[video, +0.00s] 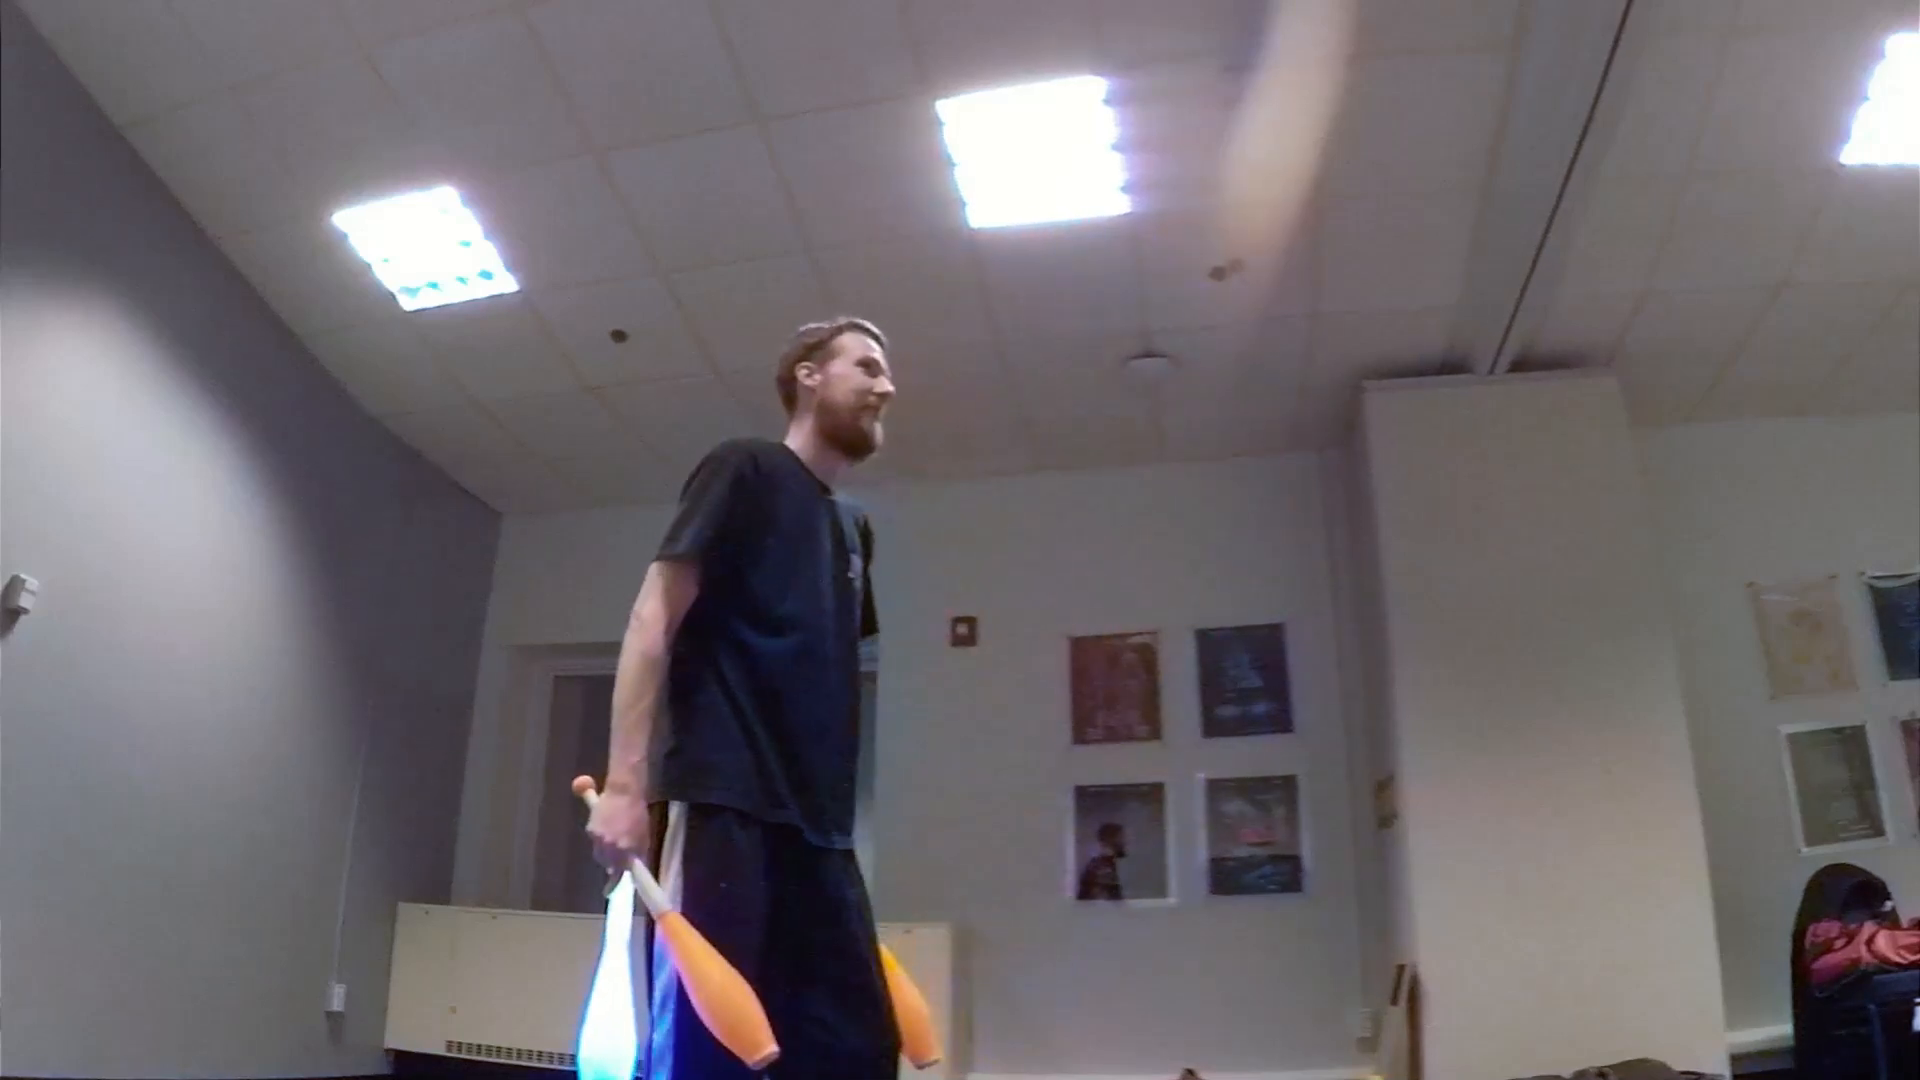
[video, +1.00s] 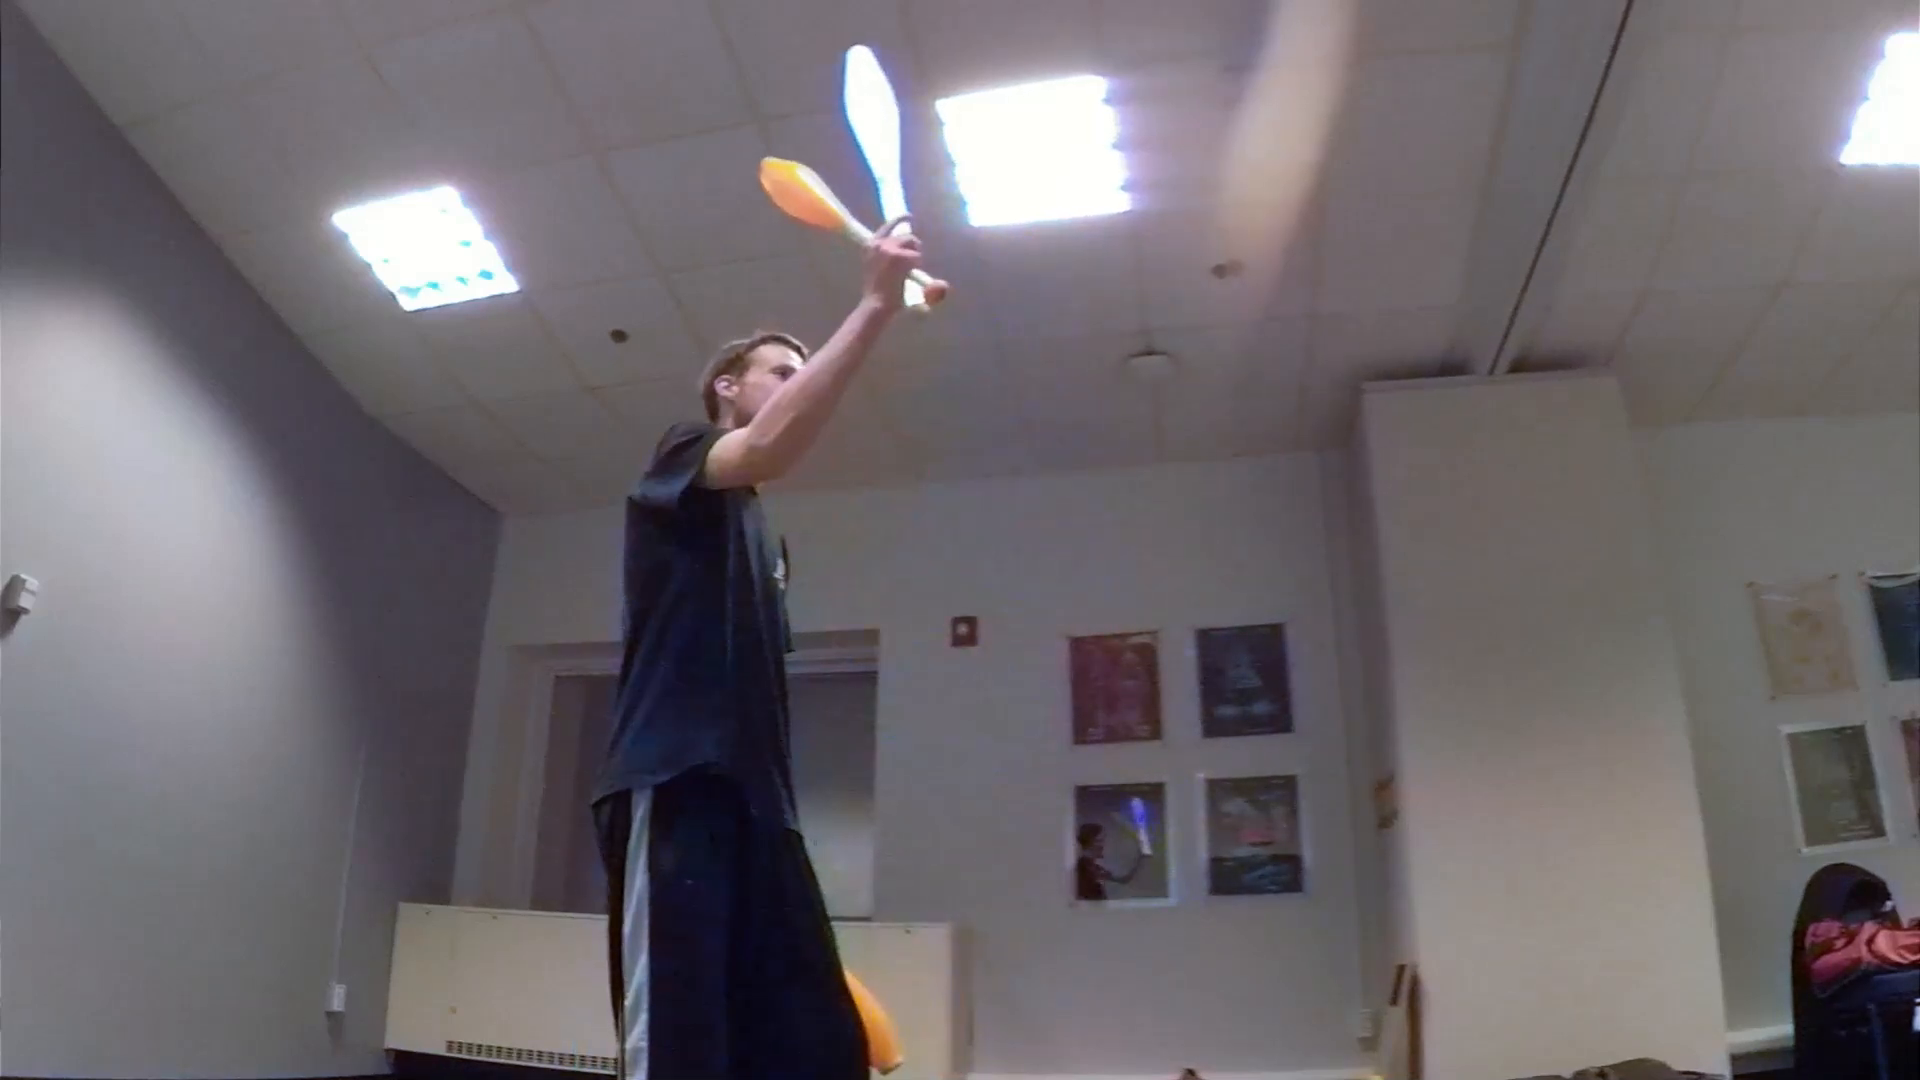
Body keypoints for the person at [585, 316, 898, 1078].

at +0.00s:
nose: (885, 384)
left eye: (887, 375)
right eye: (867, 365)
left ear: (877, 407)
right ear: (805, 378)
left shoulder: (852, 526)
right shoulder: (743, 468)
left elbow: (833, 673)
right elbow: (651, 617)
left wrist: (830, 819)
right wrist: (625, 786)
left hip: (818, 829)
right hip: (721, 815)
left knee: (857, 1044)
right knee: (705, 1045)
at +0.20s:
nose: (851, 389)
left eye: (854, 379)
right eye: (833, 368)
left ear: (849, 408)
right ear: (771, 376)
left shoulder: (815, 525)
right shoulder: (705, 475)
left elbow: (792, 670)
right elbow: (627, 633)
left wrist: (799, 813)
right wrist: (619, 802)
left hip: (795, 828)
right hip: (701, 818)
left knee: (874, 1034)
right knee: (718, 1051)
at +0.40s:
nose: (829, 381)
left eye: (832, 372)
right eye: (810, 362)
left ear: (829, 396)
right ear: (748, 375)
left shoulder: (793, 521)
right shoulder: (689, 471)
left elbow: (773, 680)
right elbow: (608, 626)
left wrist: (793, 829)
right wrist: (658, 782)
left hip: (782, 841)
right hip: (689, 830)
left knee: (861, 1048)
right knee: (689, 1060)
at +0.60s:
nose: (817, 383)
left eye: (821, 374)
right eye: (796, 363)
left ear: (815, 404)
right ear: (737, 380)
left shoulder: (785, 526)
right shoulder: (682, 467)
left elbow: (773, 647)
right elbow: (637, 612)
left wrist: (825, 602)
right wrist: (792, 593)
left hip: (772, 814)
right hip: (681, 800)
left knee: (812, 1041)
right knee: (680, 1040)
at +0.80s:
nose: (808, 388)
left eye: (813, 379)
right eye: (788, 368)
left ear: (808, 401)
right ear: (728, 383)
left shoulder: (769, 527)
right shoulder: (680, 453)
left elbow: (761, 665)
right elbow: (751, 487)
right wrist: (879, 348)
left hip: (761, 793)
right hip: (680, 783)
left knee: (816, 1028)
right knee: (677, 1024)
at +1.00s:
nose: (797, 392)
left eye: (803, 382)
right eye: (781, 374)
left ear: (776, 397)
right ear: (725, 389)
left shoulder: (755, 518)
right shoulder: (682, 457)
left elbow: (751, 667)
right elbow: (767, 447)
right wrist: (875, 303)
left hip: (753, 788)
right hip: (677, 778)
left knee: (813, 1021)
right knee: (679, 1015)